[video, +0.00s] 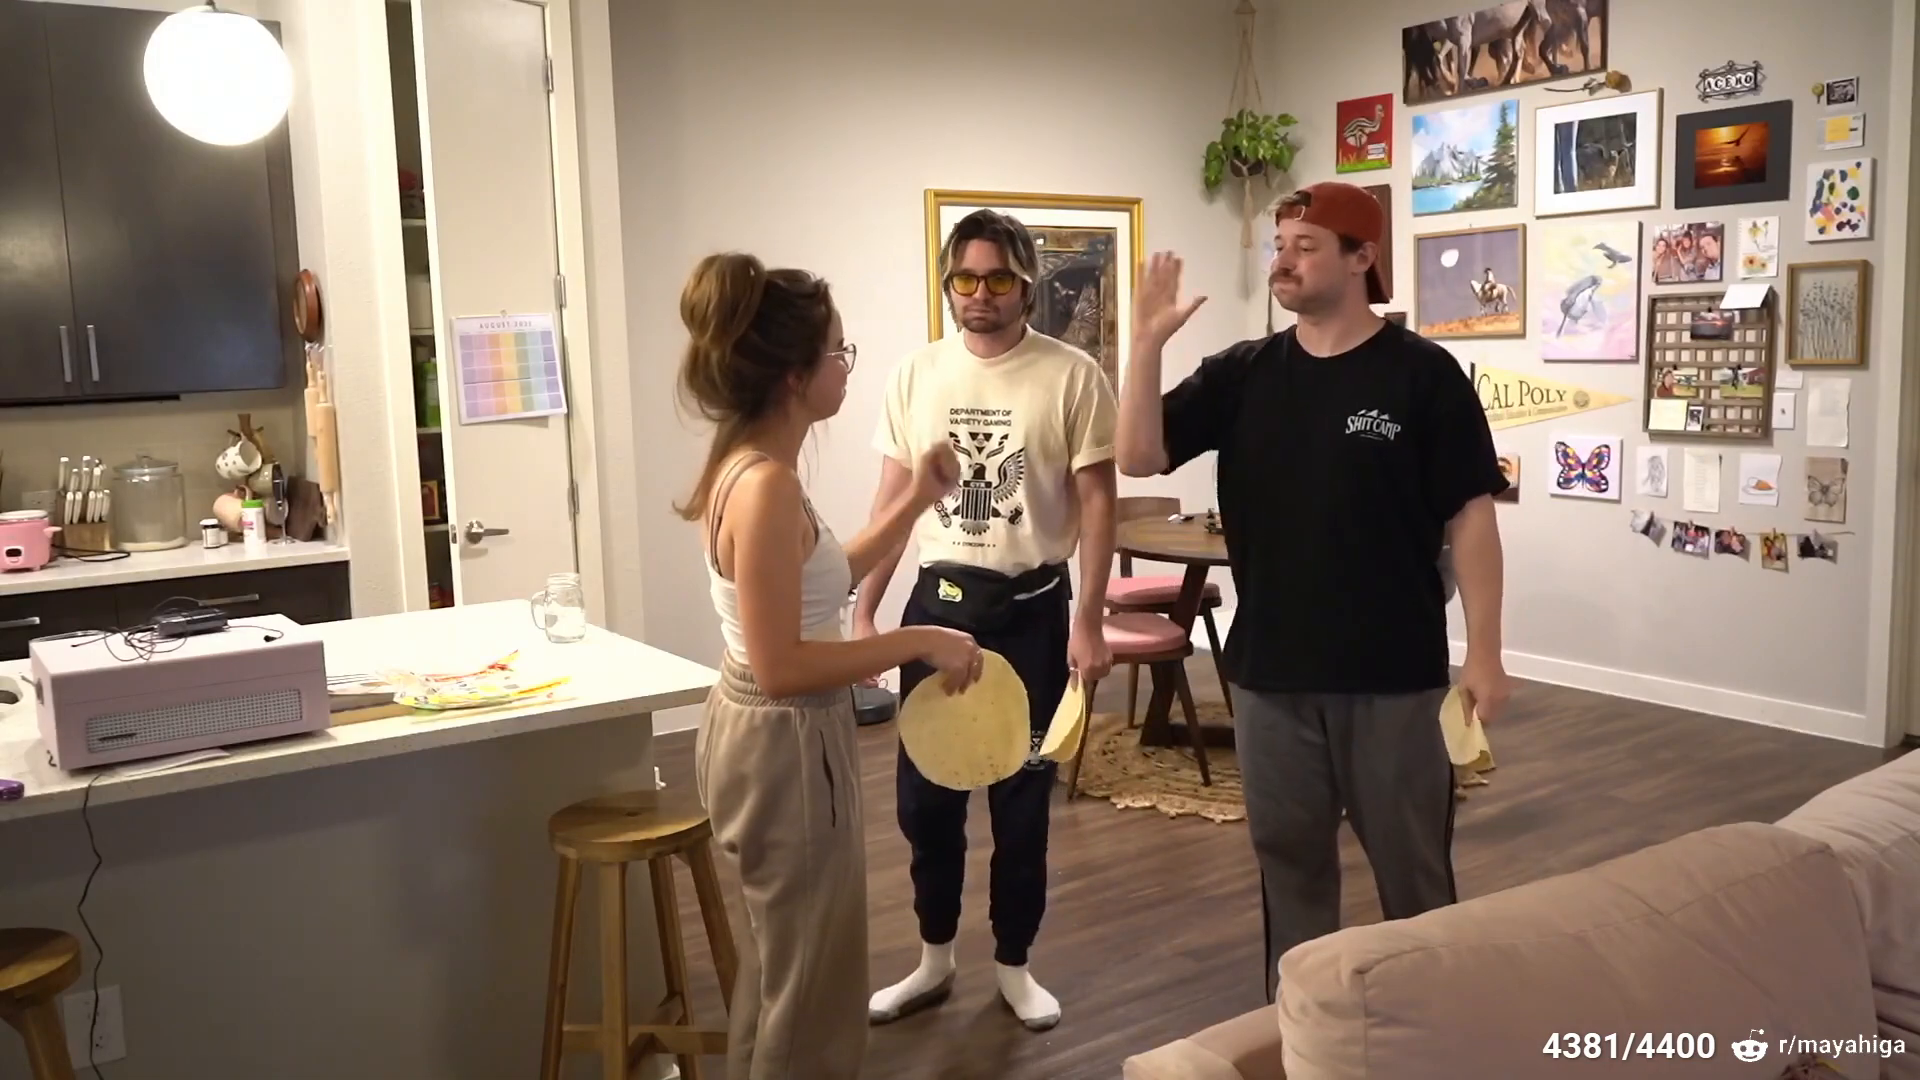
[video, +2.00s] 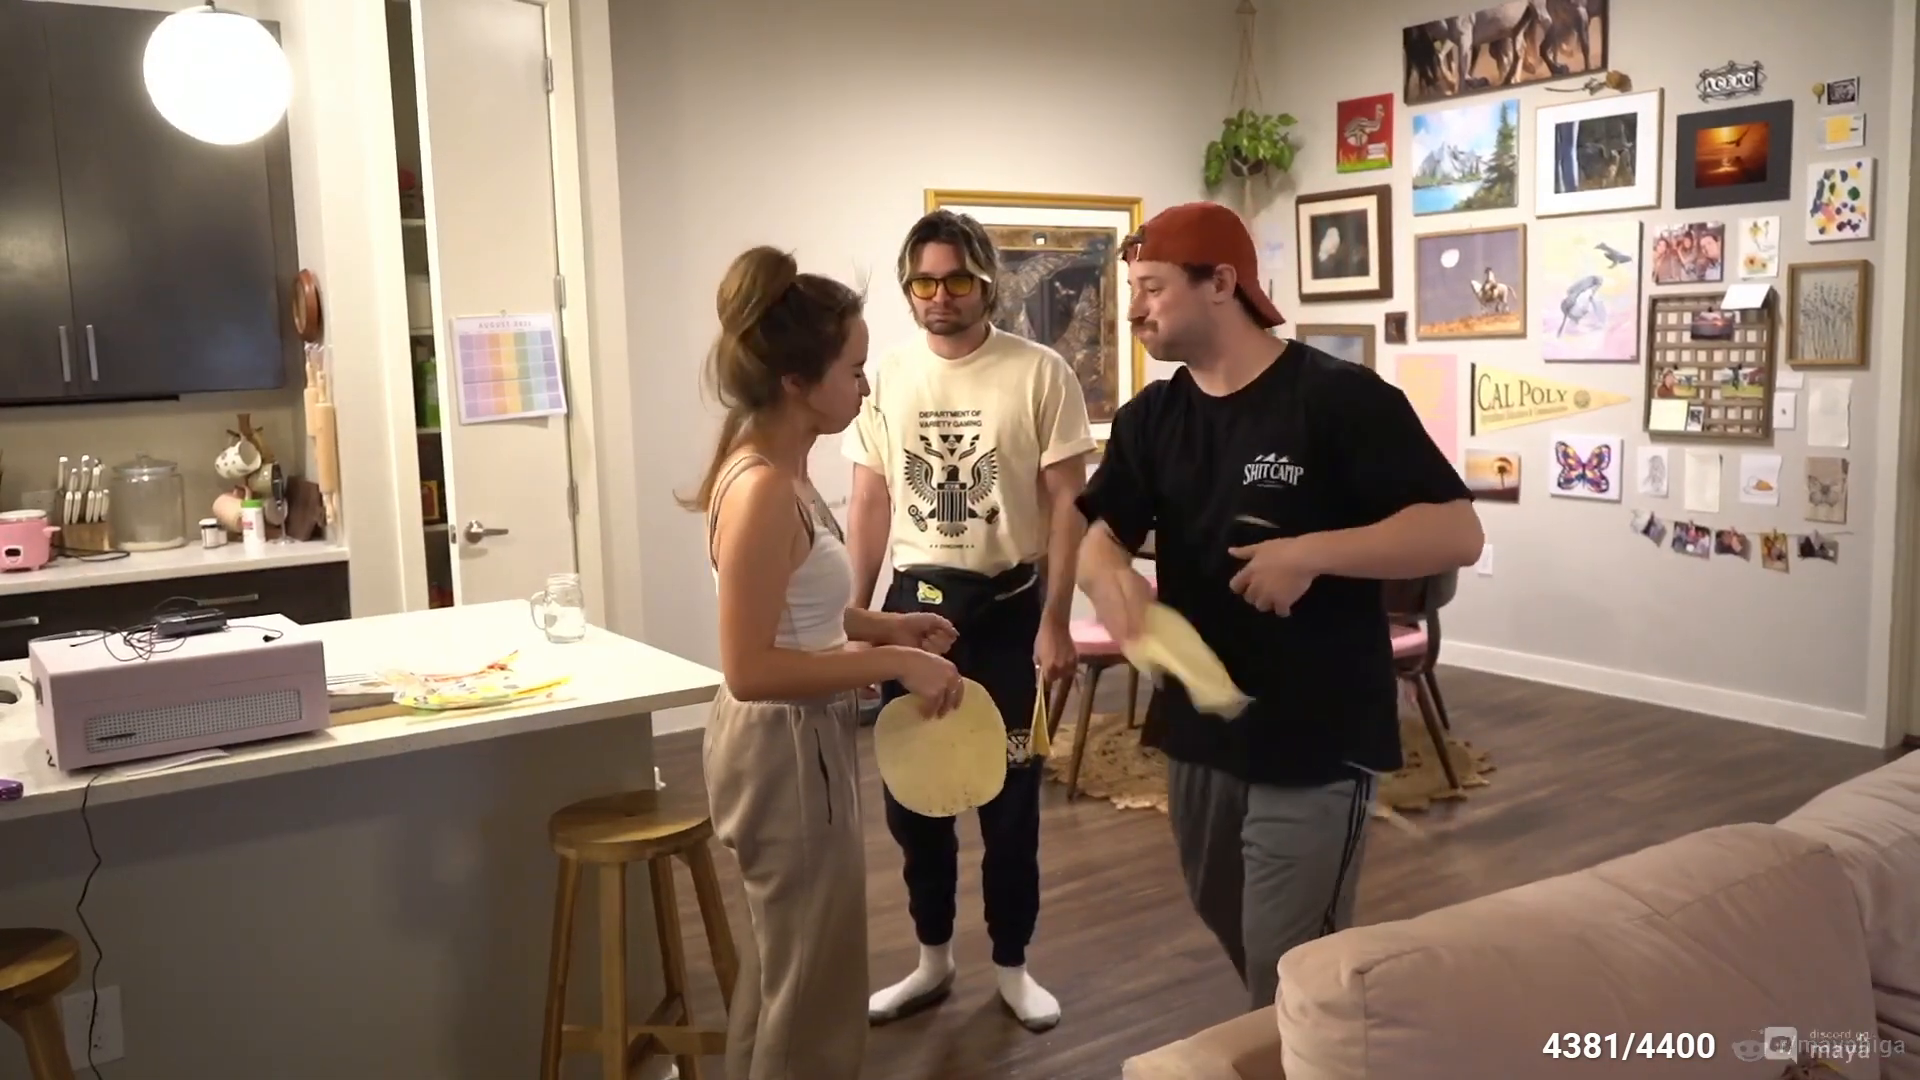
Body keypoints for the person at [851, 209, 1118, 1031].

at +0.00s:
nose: (977, 294)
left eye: (996, 280)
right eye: (964, 279)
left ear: (1027, 285)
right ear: (949, 283)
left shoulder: (1074, 376)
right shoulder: (917, 374)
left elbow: (1097, 502)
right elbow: (893, 506)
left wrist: (1087, 618)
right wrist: (861, 618)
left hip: (1035, 605)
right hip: (936, 603)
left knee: (1023, 796)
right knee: (927, 795)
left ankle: (1014, 967)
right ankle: (936, 957)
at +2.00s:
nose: (939, 297)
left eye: (956, 281)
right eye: (924, 283)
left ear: (988, 284)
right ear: (907, 290)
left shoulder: (1039, 370)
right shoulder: (891, 373)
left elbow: (1067, 501)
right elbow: (870, 498)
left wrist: (1057, 620)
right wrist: (857, 612)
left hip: (1006, 601)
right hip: (911, 602)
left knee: (1010, 792)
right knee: (913, 789)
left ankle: (1012, 966)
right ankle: (932, 959)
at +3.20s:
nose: (945, 303)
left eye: (964, 288)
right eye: (931, 288)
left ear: (998, 292)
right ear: (917, 290)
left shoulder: (1054, 378)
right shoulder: (888, 379)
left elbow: (1079, 502)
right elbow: (875, 497)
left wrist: (1067, 626)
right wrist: (872, 606)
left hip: (1021, 598)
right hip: (920, 596)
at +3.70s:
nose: (939, 307)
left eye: (958, 291)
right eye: (927, 291)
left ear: (997, 294)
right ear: (913, 295)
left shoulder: (1055, 377)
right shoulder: (895, 378)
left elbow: (1081, 506)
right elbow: (879, 500)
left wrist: (1068, 630)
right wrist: (863, 615)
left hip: (1018, 610)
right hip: (923, 610)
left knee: (1017, 801)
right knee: (922, 798)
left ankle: (1011, 963)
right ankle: (926, 968)